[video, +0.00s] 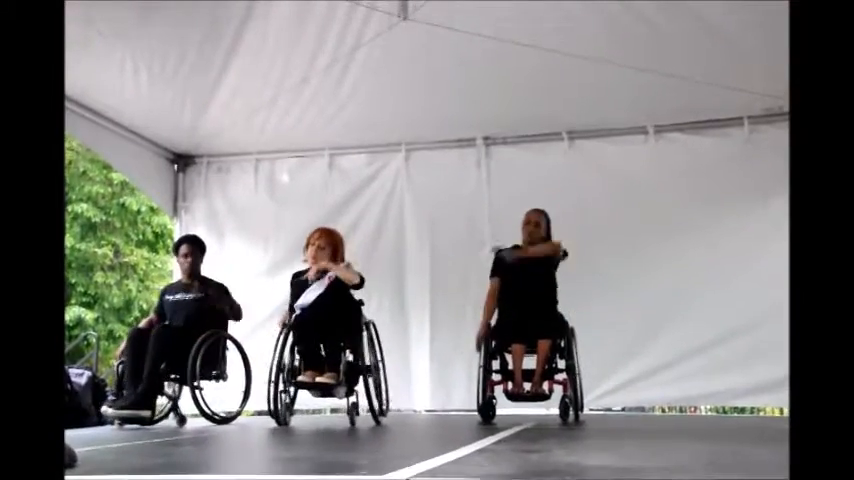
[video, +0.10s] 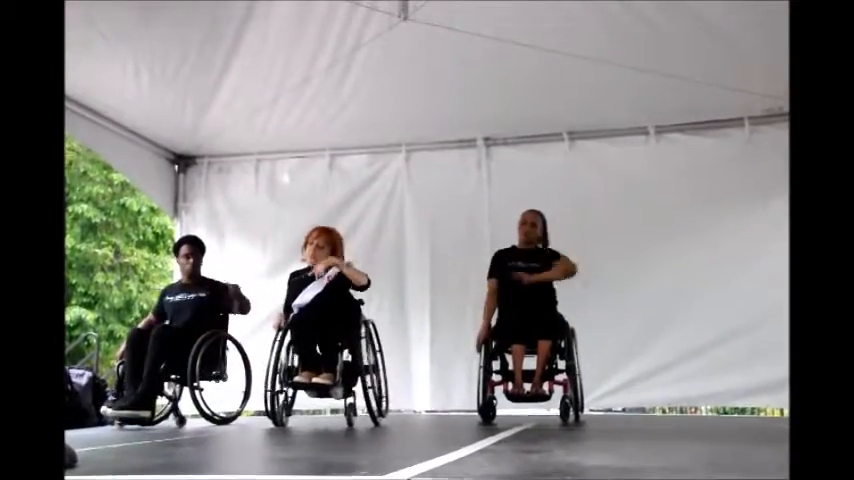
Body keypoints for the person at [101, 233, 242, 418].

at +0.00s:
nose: (190, 261)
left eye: (195, 256)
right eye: (185, 256)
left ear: (201, 258)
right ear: (177, 259)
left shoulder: (215, 289)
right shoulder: (168, 291)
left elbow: (237, 315)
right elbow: (156, 319)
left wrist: (211, 297)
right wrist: (129, 340)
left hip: (205, 353)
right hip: (175, 352)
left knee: (162, 333)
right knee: (136, 334)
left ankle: (146, 401)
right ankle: (132, 398)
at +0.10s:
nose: (191, 261)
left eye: (196, 256)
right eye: (186, 257)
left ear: (202, 258)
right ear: (177, 260)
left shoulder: (216, 288)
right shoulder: (169, 292)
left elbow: (244, 310)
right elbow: (152, 319)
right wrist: (128, 344)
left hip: (205, 353)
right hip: (176, 352)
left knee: (162, 333)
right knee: (136, 335)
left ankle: (145, 401)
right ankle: (132, 399)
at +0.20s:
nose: (194, 261)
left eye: (198, 256)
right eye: (189, 256)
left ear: (203, 259)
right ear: (179, 260)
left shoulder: (217, 288)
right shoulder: (169, 293)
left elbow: (243, 299)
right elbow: (150, 321)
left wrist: (261, 295)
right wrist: (126, 345)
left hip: (206, 355)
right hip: (176, 353)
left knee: (163, 335)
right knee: (136, 335)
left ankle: (145, 403)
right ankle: (131, 400)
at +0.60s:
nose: (205, 263)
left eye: (209, 259)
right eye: (200, 258)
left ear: (213, 261)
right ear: (188, 259)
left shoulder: (225, 294)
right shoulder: (173, 292)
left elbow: (254, 321)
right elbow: (150, 321)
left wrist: (242, 306)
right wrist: (127, 349)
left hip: (212, 359)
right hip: (181, 358)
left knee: (172, 336)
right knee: (147, 334)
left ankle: (153, 402)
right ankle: (139, 400)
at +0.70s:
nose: (209, 264)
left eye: (214, 260)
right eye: (204, 259)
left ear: (219, 262)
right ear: (194, 260)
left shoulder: (230, 296)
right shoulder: (178, 291)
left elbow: (249, 326)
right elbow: (153, 319)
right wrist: (131, 349)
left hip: (214, 360)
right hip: (182, 356)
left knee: (175, 336)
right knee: (151, 336)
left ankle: (156, 402)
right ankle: (142, 400)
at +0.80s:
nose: (211, 265)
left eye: (216, 261)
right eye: (207, 260)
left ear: (222, 263)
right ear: (198, 260)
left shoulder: (231, 296)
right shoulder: (182, 289)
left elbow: (245, 322)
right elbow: (159, 316)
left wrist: (209, 320)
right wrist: (137, 345)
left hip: (213, 359)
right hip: (183, 353)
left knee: (177, 335)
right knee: (151, 335)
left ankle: (157, 401)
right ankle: (144, 399)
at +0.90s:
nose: (213, 266)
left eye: (218, 261)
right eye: (208, 260)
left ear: (224, 263)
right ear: (200, 260)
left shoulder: (234, 295)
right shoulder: (185, 288)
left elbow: (241, 323)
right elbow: (166, 315)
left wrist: (208, 319)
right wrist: (152, 339)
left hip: (217, 355)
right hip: (187, 351)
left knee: (176, 334)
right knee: (152, 335)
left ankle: (157, 400)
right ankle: (144, 398)